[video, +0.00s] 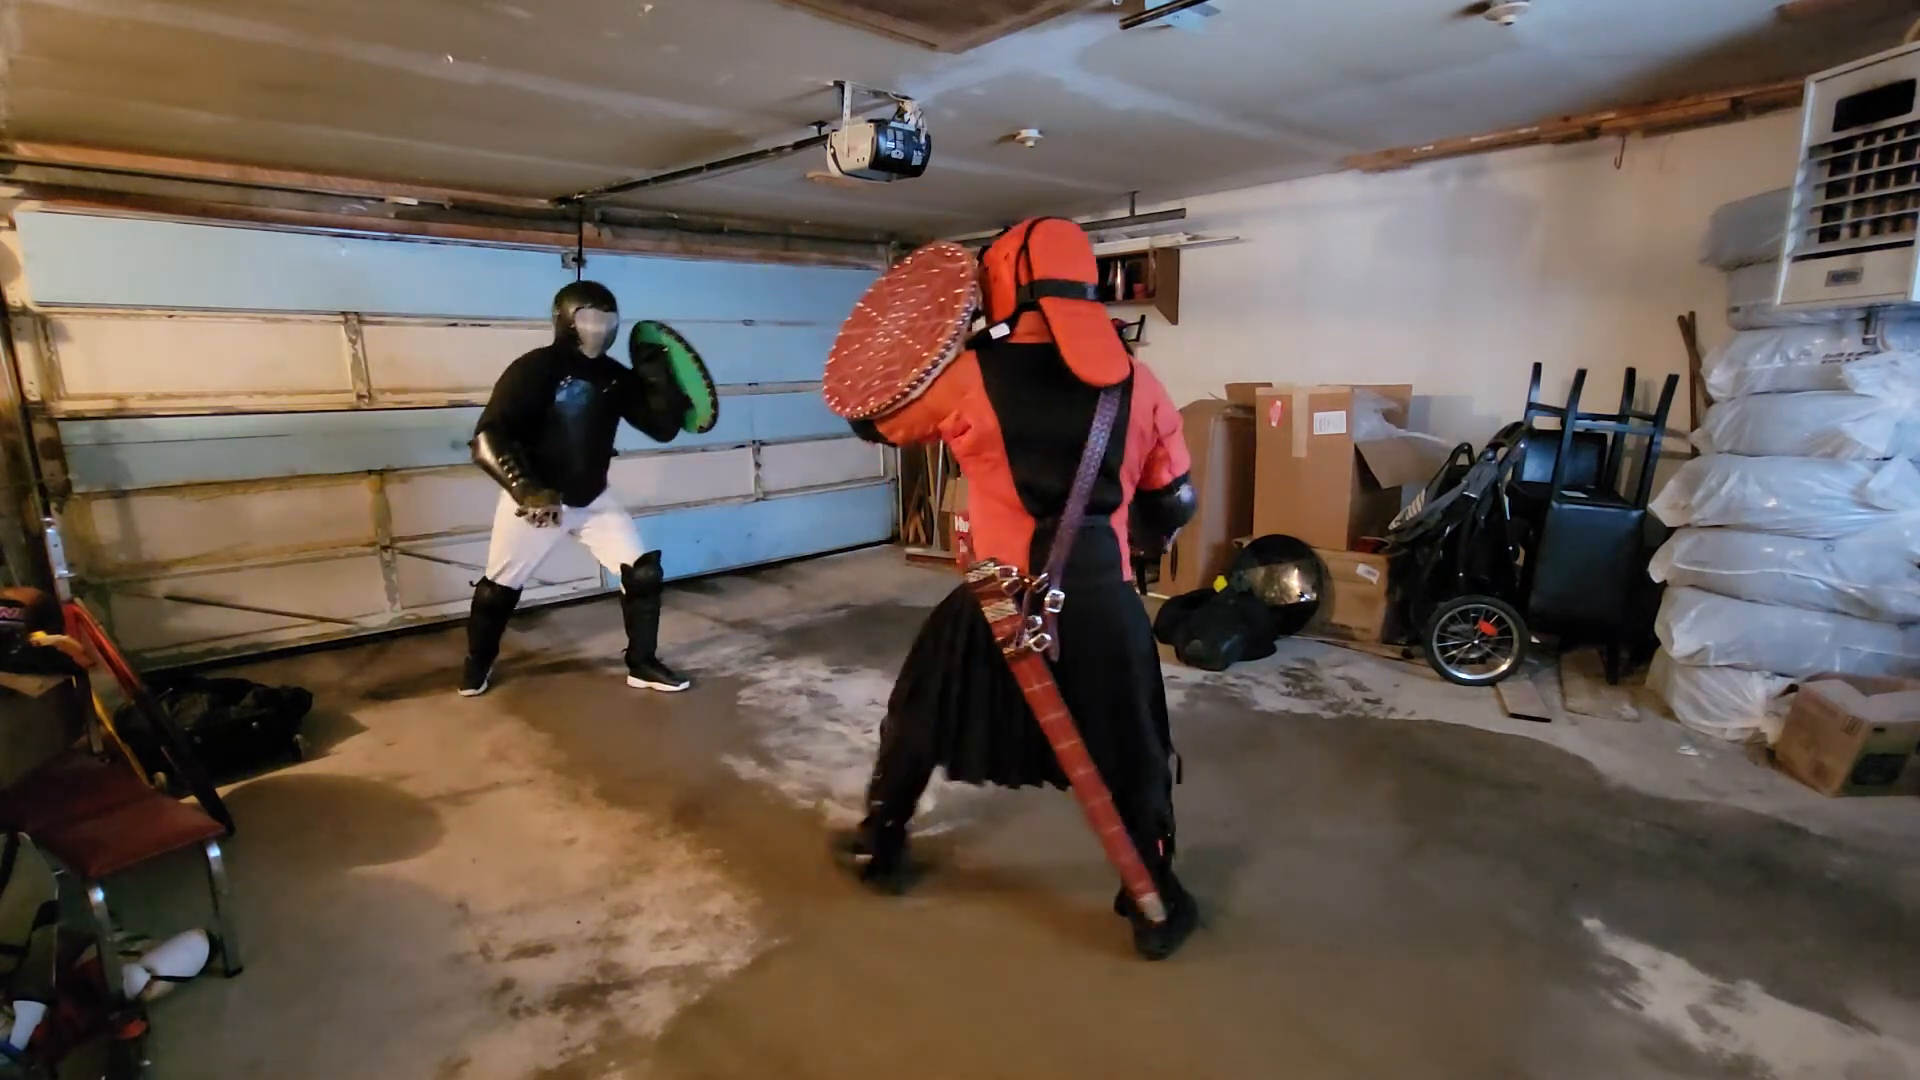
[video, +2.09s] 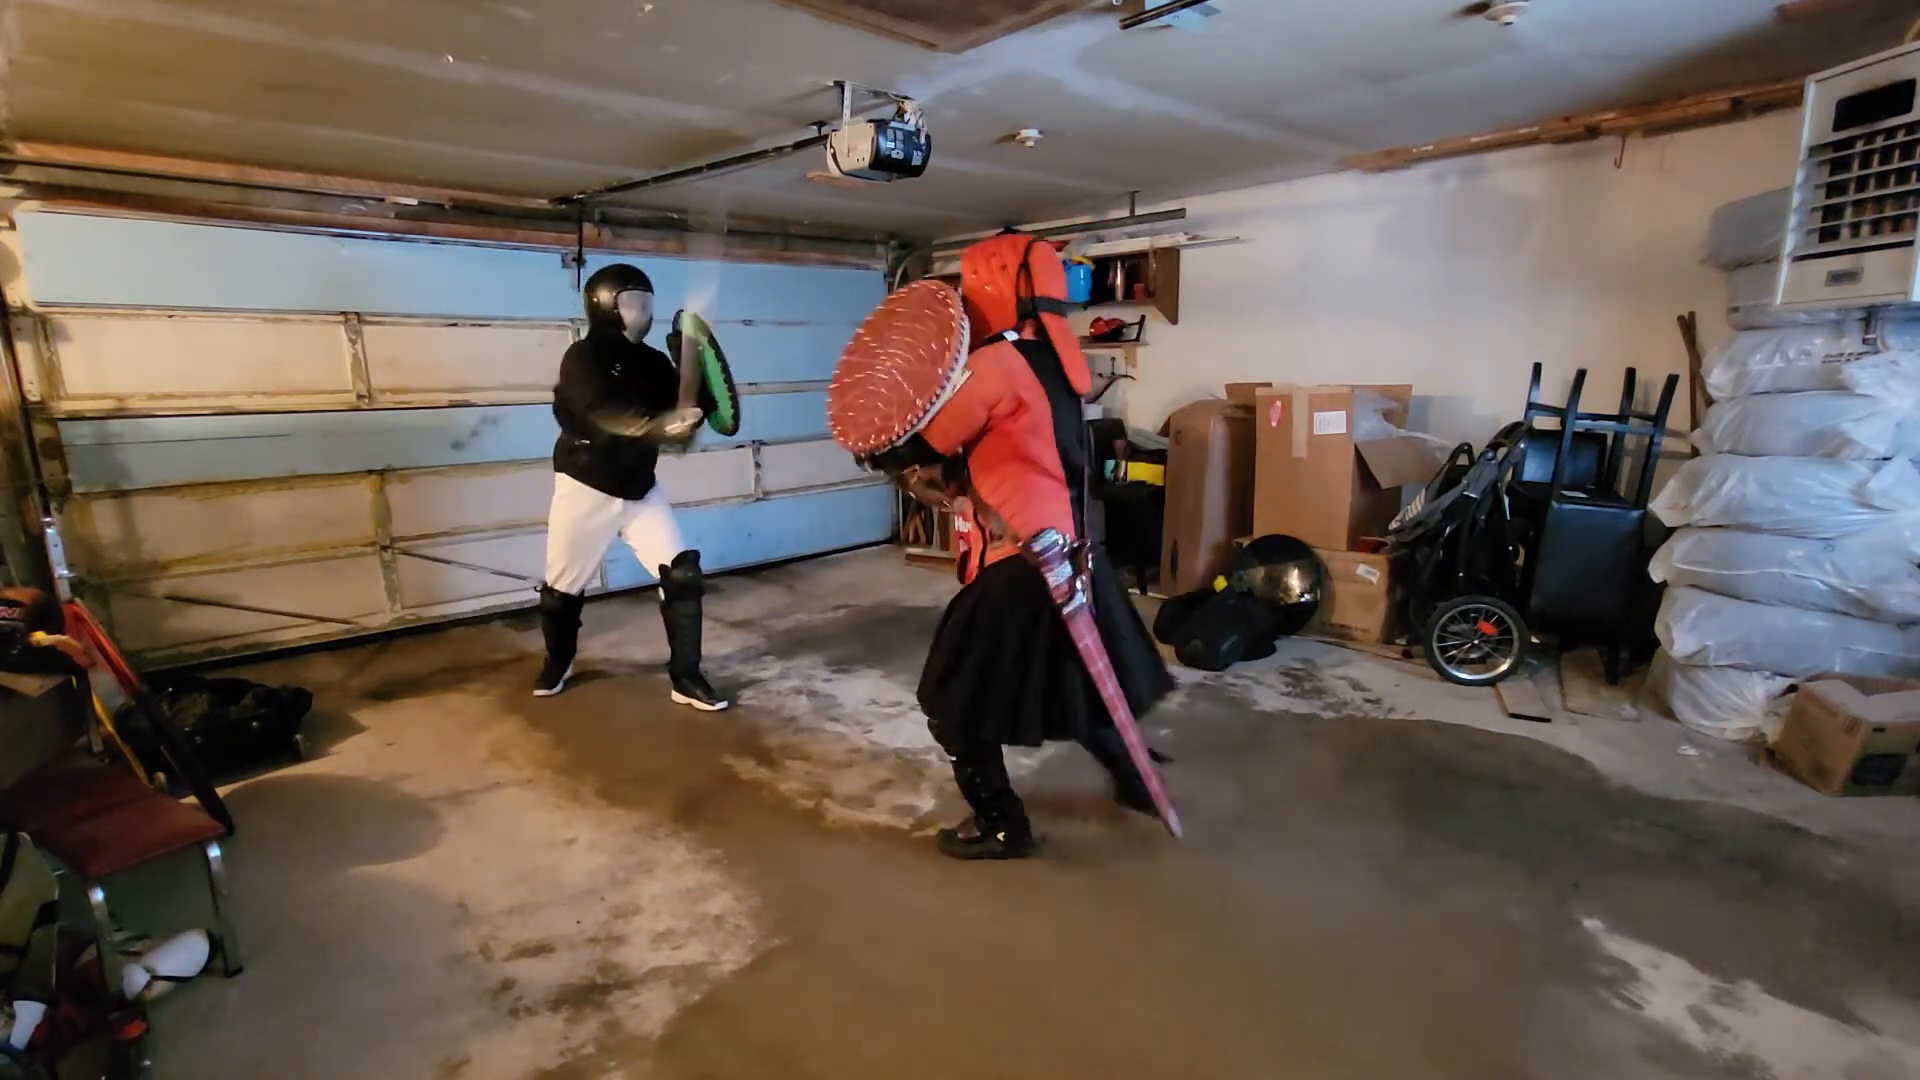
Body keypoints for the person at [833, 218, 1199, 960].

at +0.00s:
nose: (988, 299)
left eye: (993, 286)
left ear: (1004, 291)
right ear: (1087, 289)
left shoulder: (975, 376)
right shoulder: (1135, 383)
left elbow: (884, 424)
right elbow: (1172, 499)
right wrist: (1132, 550)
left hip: (994, 605)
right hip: (1102, 605)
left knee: (919, 714)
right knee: (1133, 748)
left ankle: (880, 839)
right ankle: (1153, 902)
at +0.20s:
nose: (977, 300)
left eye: (982, 287)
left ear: (995, 294)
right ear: (1074, 292)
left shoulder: (969, 379)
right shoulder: (1120, 385)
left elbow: (879, 433)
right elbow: (1145, 500)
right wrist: (1116, 566)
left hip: (1000, 603)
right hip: (1102, 601)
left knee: (943, 700)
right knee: (1131, 743)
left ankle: (954, 853)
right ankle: (1155, 904)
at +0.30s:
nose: (961, 298)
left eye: (966, 286)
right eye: (963, 286)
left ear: (982, 292)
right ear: (1058, 288)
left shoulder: (958, 376)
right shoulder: (1110, 375)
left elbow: (874, 443)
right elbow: (1124, 467)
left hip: (1002, 587)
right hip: (1104, 586)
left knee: (948, 701)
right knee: (1139, 733)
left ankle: (956, 853)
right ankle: (1154, 900)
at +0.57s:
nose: (946, 291)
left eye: (951, 280)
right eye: (952, 280)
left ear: (967, 285)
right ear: (1045, 279)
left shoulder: (948, 371)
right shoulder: (1098, 359)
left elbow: (866, 447)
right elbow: (1124, 446)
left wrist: (866, 364)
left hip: (1004, 572)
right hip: (1105, 564)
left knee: (951, 697)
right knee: (1156, 711)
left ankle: (955, 854)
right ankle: (1198, 871)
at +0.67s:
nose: (960, 302)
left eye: (965, 290)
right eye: (964, 290)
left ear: (983, 294)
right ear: (1060, 287)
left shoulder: (963, 377)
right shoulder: (1115, 370)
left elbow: (880, 452)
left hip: (1015, 579)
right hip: (1114, 575)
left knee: (952, 701)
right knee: (1166, 722)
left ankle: (956, 853)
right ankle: (1216, 882)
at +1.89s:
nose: (992, 303)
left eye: (999, 291)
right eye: (995, 290)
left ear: (1024, 301)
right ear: (1066, 300)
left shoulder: (1000, 371)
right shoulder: (1101, 374)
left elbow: (939, 442)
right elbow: (1106, 454)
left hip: (1033, 573)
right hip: (1113, 570)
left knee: (961, 685)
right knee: (1147, 714)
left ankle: (1001, 822)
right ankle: (1220, 839)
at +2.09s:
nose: (966, 301)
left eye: (973, 289)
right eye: (967, 287)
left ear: (999, 294)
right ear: (1036, 290)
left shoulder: (999, 364)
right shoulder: (1058, 357)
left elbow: (931, 442)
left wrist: (884, 451)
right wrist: (946, 478)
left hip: (1017, 568)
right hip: (1074, 556)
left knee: (951, 692)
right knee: (1077, 679)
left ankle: (1001, 824)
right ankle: (1139, 783)